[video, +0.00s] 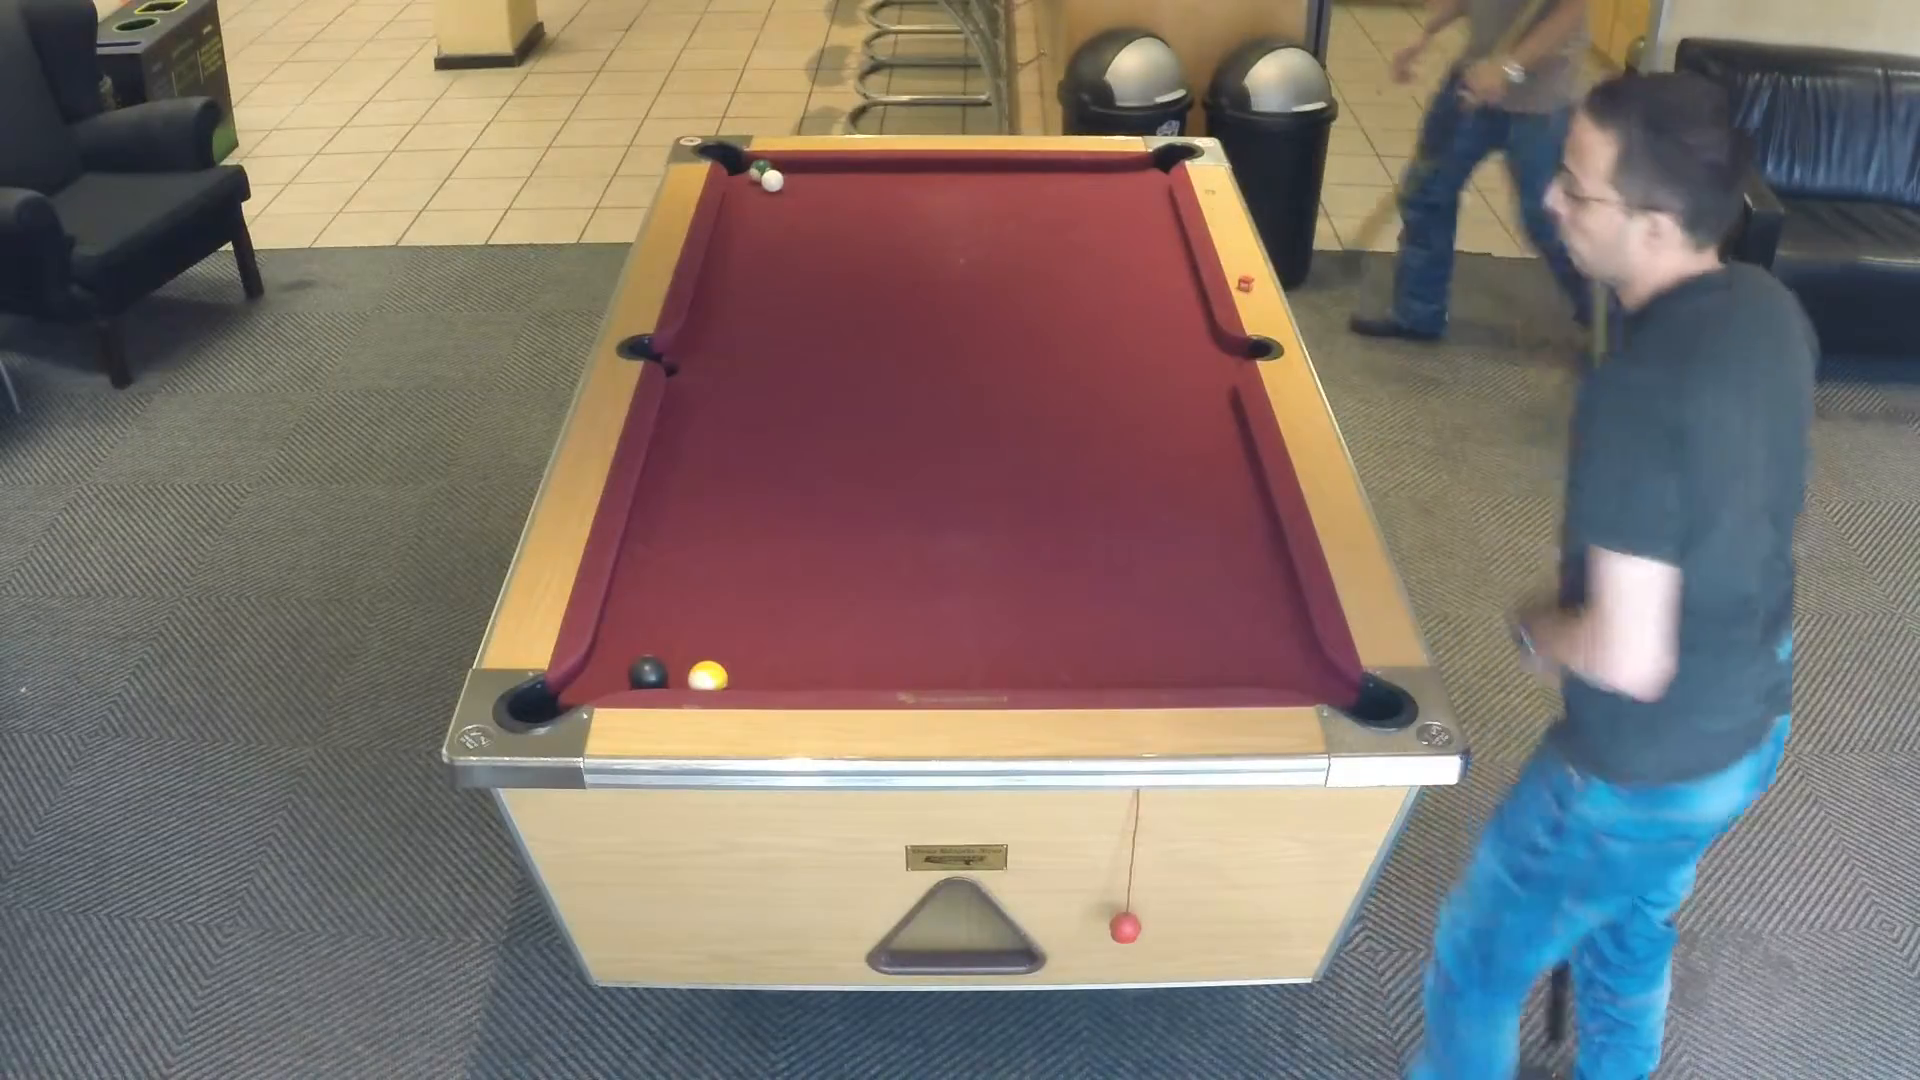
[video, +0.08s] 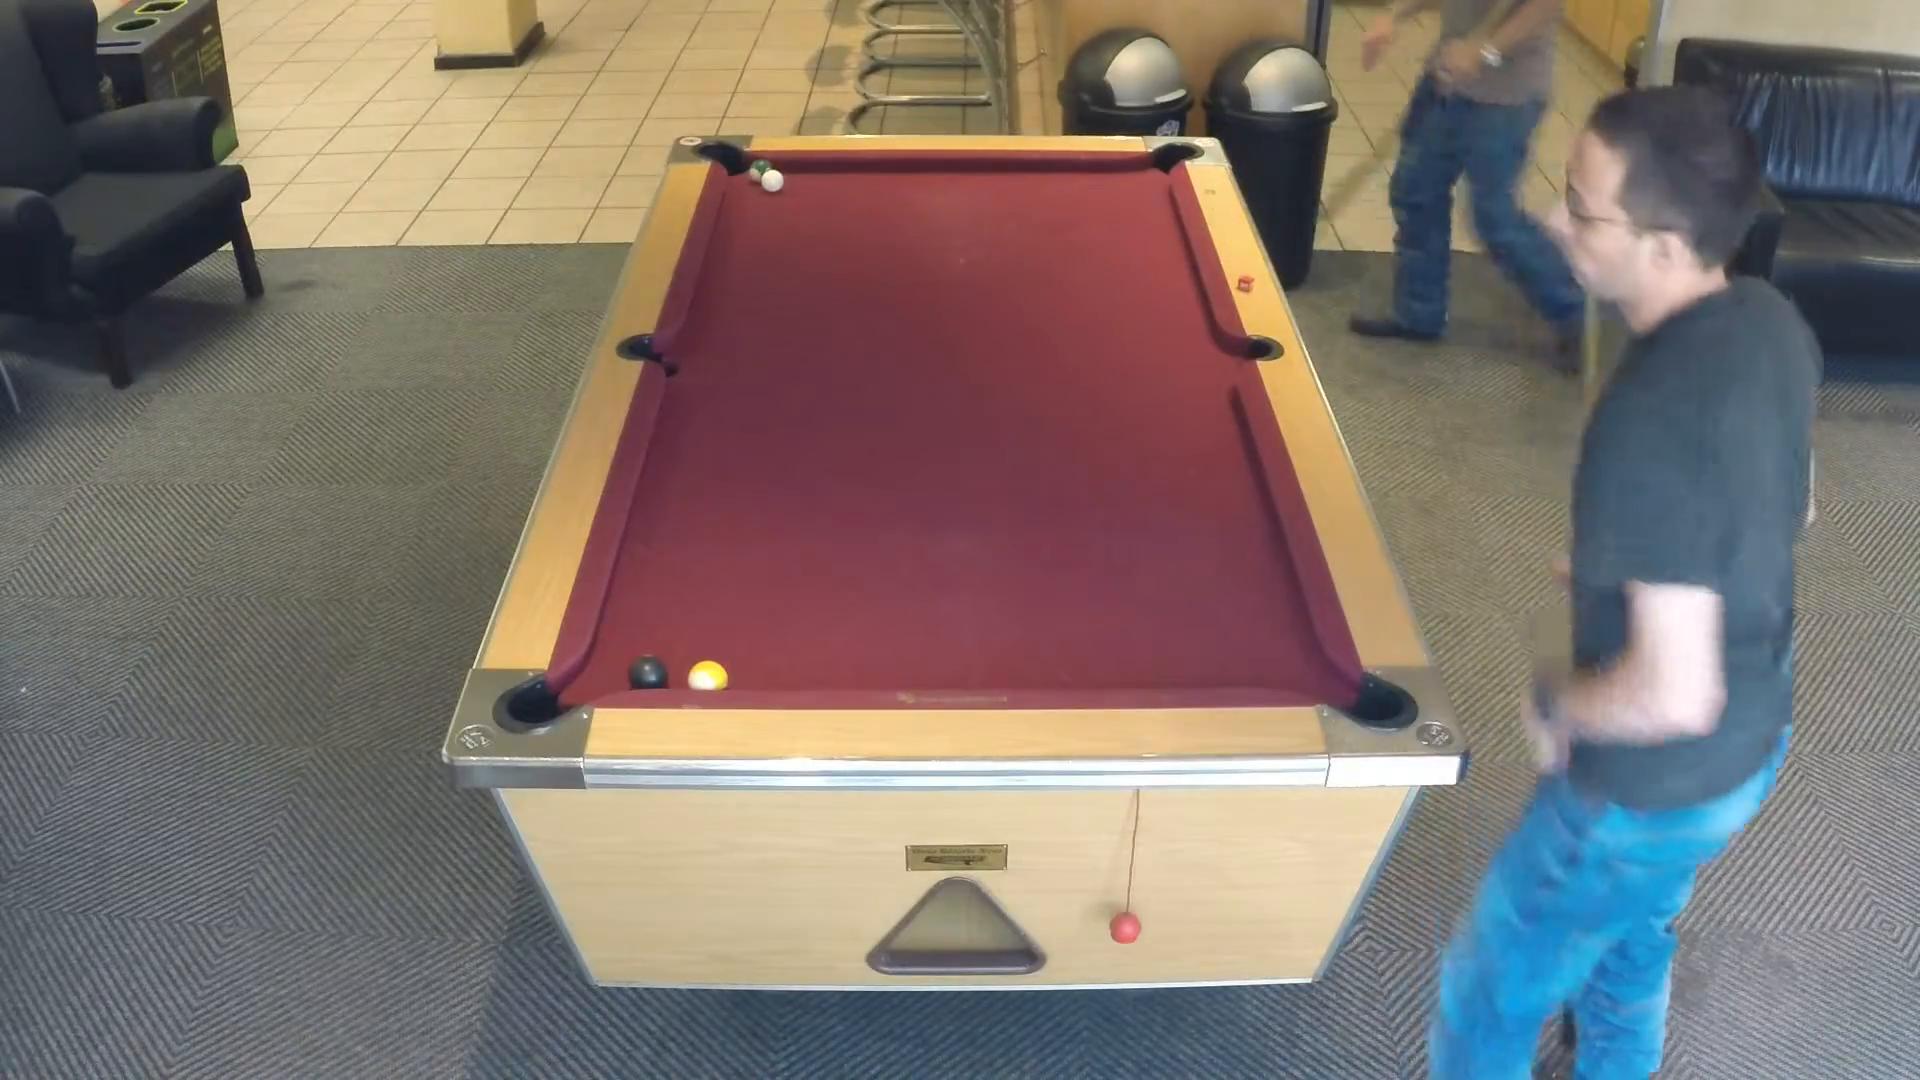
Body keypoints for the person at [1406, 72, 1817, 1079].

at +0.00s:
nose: (1551, 202)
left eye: (1577, 192)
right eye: (1561, 180)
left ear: (1656, 227)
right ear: (1676, 227)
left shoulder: (1635, 393)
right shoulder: (1771, 312)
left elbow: (1632, 661)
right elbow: (1757, 510)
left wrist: (1539, 622)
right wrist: (1611, 589)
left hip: (1634, 773)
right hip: (1741, 724)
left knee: (1477, 967)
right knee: (1629, 946)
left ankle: (1454, 1069)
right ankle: (1615, 1068)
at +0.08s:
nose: (1556, 222)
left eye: (1581, 213)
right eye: (1566, 200)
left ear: (1664, 247)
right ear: (1686, 249)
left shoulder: (1648, 422)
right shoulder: (1769, 321)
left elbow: (1677, 694)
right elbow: (1792, 511)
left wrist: (1560, 704)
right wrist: (1620, 561)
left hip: (1640, 793)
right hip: (1738, 750)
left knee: (1486, 993)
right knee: (1628, 960)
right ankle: (1614, 1067)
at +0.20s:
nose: (1544, 256)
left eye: (1571, 248)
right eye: (1556, 231)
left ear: (1660, 289)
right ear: (1674, 286)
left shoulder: (1677, 467)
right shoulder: (1752, 342)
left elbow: (1717, 760)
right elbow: (1788, 510)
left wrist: (1563, 840)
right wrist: (1613, 581)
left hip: (1652, 808)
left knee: (1521, 1044)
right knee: (1621, 1002)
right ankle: (1617, 1065)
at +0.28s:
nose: (1527, 294)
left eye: (1555, 288)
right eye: (1540, 271)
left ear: (1642, 324)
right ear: (1652, 319)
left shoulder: (1687, 527)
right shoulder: (1731, 371)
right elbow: (1783, 503)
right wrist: (1606, 611)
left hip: (1636, 848)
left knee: (1552, 1048)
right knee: (1602, 1009)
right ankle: (1609, 1059)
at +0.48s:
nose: (1459, 397)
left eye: (1476, 395)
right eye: (1469, 382)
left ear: (1552, 441)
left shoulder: (1673, 681)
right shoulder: (1648, 453)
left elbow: (1617, 931)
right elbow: (1727, 519)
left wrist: (1512, 1066)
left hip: (1588, 985)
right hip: (1520, 883)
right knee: (1475, 1028)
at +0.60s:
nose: (1405, 426)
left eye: (1417, 416)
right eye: (1412, 410)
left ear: (1489, 471)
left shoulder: (1650, 720)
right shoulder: (1599, 494)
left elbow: (1619, 998)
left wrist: (1471, 1073)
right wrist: (1481, 726)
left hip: (1541, 1027)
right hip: (1457, 912)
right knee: (1361, 1051)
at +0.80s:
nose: (1269, 479)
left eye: (1284, 465)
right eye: (1279, 459)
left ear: (1351, 518)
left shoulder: (1540, 768)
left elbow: (1496, 1051)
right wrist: (1359, 773)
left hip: (1416, 1053)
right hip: (1338, 960)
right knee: (1242, 1052)